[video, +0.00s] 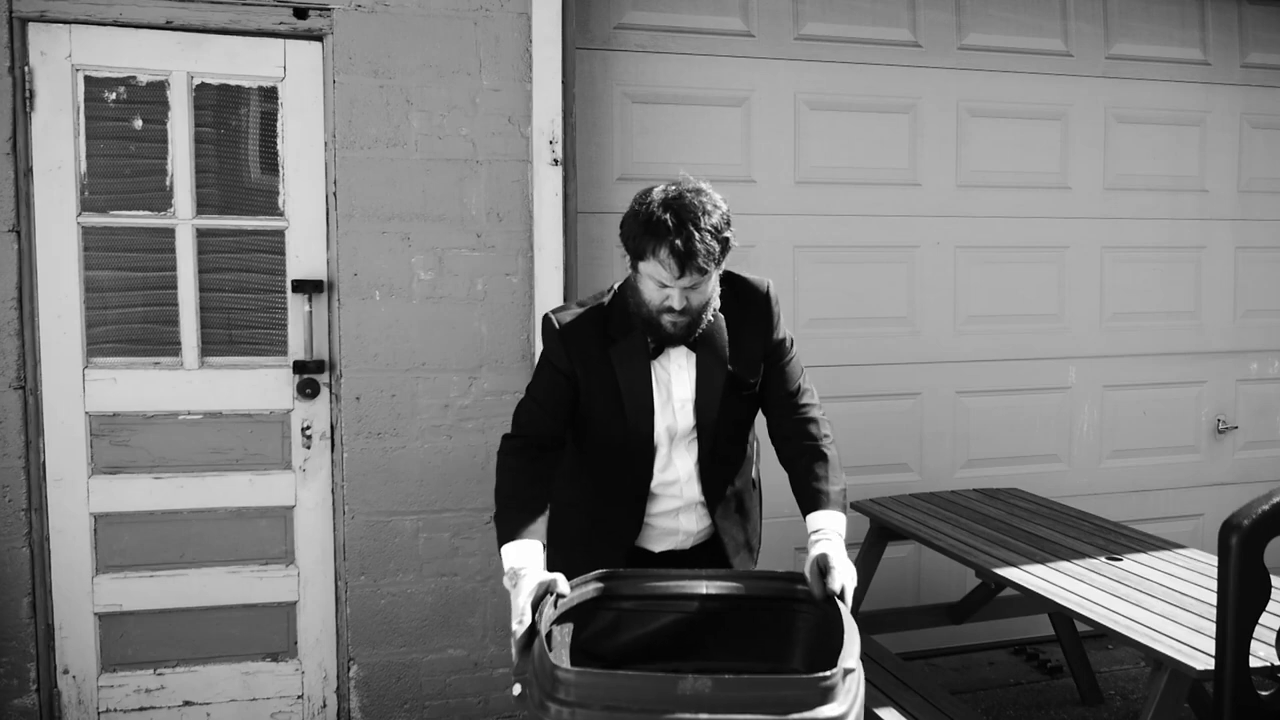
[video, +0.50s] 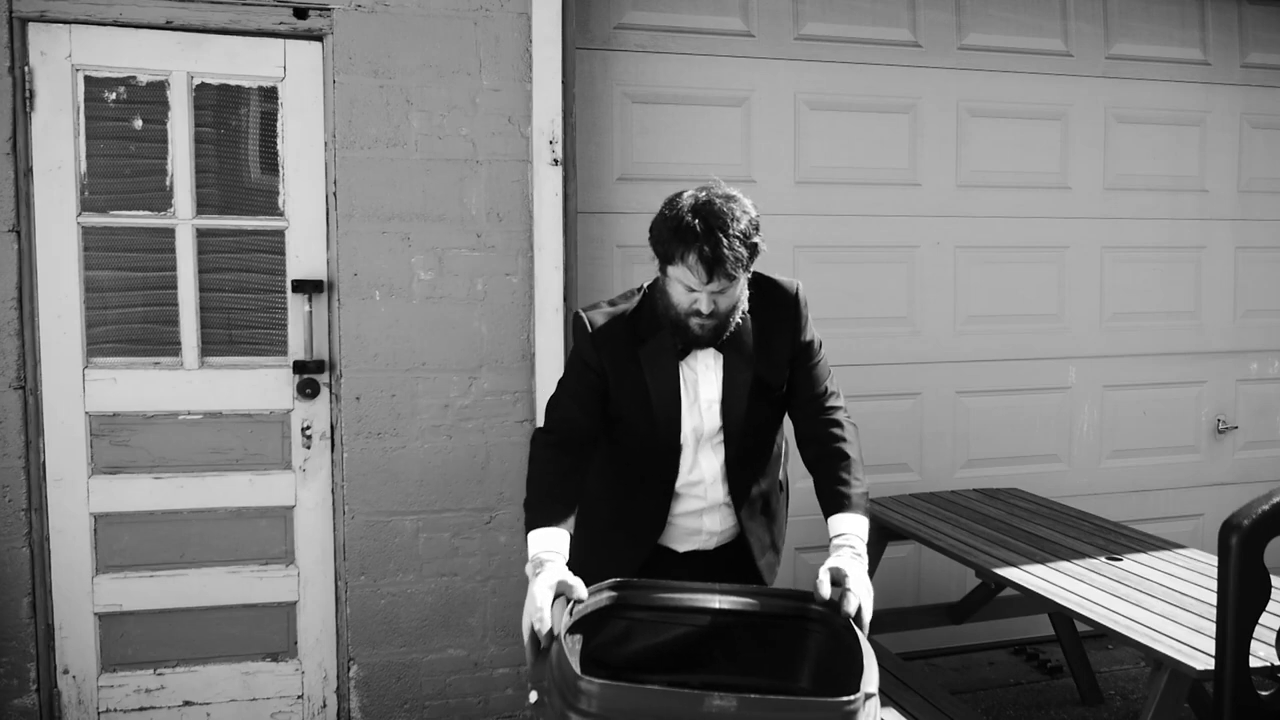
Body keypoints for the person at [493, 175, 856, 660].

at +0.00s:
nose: (677, 302)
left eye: (694, 286)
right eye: (661, 285)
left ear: (718, 268)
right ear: (633, 264)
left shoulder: (750, 313)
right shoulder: (576, 338)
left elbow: (801, 423)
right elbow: (527, 448)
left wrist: (827, 535)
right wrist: (525, 566)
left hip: (715, 559)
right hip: (607, 566)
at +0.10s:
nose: (685, 315)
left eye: (702, 300)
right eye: (670, 298)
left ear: (728, 280)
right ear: (642, 276)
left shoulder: (760, 319)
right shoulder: (584, 343)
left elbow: (805, 431)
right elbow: (535, 459)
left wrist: (831, 551)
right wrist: (533, 577)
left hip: (720, 562)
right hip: (612, 567)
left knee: (714, 706)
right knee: (607, 703)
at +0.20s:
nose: (692, 321)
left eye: (708, 305)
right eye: (676, 304)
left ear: (734, 286)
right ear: (648, 282)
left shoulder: (767, 321)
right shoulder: (591, 345)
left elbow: (812, 433)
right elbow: (544, 457)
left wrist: (834, 556)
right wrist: (537, 578)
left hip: (727, 563)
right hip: (619, 567)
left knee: (722, 705)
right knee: (613, 703)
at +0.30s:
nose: (696, 318)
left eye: (713, 302)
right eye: (680, 300)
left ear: (739, 282)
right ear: (654, 279)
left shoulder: (772, 318)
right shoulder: (596, 342)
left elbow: (817, 428)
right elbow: (549, 455)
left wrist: (841, 554)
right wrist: (540, 574)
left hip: (730, 564)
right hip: (622, 568)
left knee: (730, 706)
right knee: (618, 703)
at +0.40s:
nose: (700, 313)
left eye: (717, 297)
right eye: (684, 295)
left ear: (742, 277)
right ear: (658, 273)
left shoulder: (776, 317)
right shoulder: (600, 340)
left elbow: (822, 426)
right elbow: (555, 451)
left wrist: (847, 552)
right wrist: (545, 569)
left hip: (736, 562)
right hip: (629, 565)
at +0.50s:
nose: (705, 306)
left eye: (721, 290)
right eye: (689, 289)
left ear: (747, 273)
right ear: (661, 267)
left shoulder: (780, 313)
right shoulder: (604, 334)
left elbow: (825, 422)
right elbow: (558, 444)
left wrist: (848, 545)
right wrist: (547, 561)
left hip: (739, 562)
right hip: (632, 565)